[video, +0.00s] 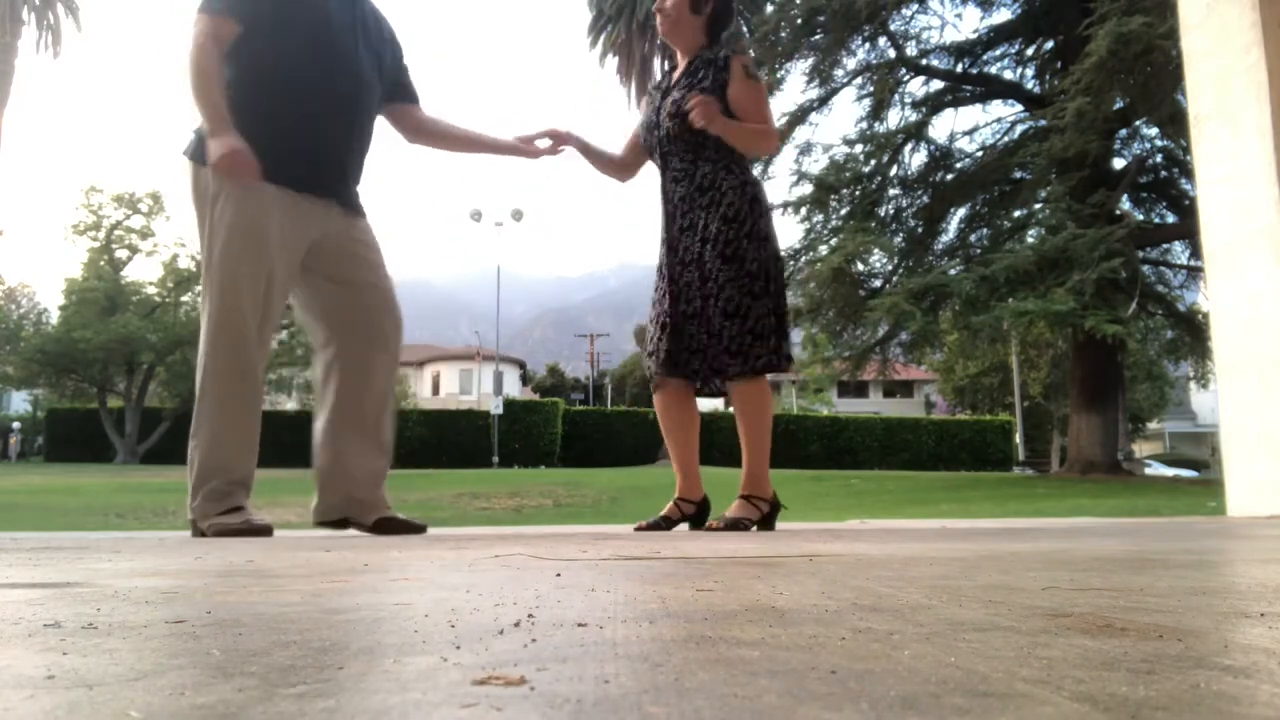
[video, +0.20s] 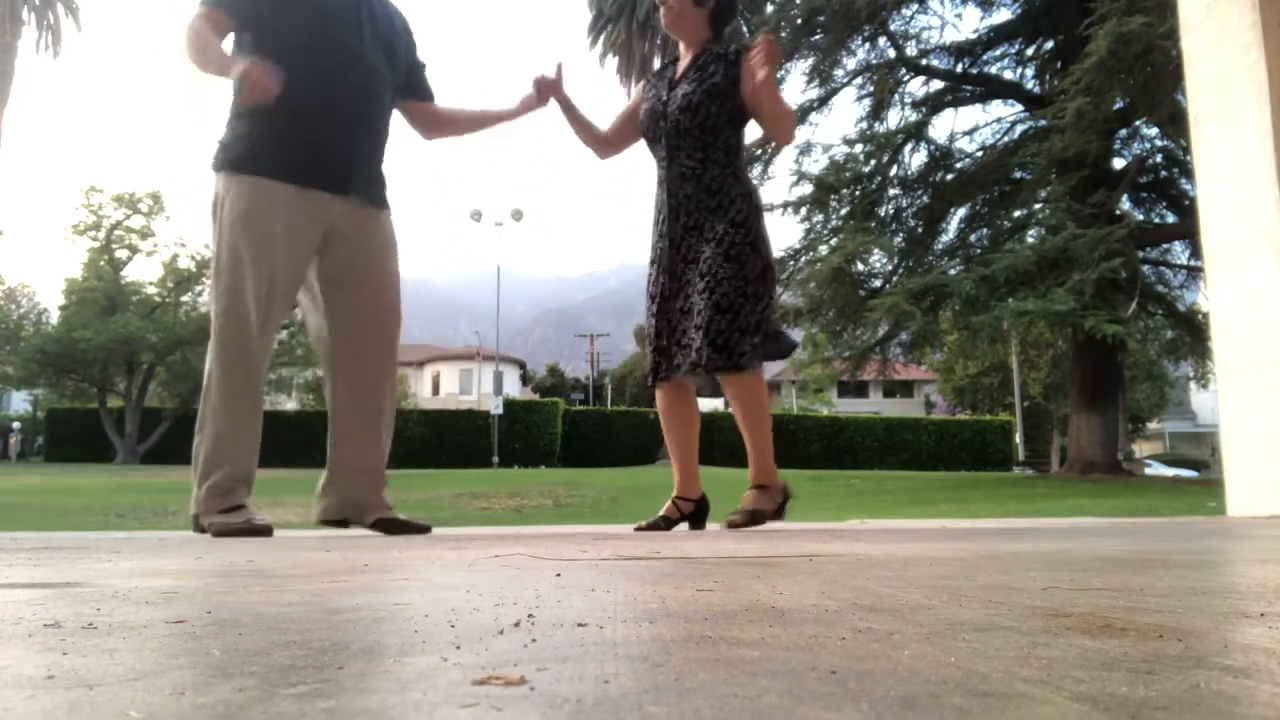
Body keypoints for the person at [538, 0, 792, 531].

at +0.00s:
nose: (657, 9)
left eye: (668, 1)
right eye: (658, 2)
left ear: (702, 9)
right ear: (671, 14)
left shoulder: (731, 65)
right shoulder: (664, 91)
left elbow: (767, 141)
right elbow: (623, 166)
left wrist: (719, 123)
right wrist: (576, 142)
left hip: (733, 227)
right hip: (682, 235)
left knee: (743, 359)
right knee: (668, 364)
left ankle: (758, 495)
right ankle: (689, 496)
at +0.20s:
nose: (661, 10)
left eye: (671, 2)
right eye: (659, 4)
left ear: (705, 5)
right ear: (665, 13)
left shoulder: (736, 62)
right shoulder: (657, 83)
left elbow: (782, 131)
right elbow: (604, 144)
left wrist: (762, 80)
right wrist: (560, 98)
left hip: (727, 221)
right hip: (674, 227)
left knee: (729, 348)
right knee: (668, 361)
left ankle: (767, 484)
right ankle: (687, 494)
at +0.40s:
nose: (679, 11)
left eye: (689, 2)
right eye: (680, 4)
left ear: (721, 11)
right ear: (703, 18)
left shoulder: (763, 73)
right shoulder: (686, 95)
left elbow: (791, 151)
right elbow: (629, 159)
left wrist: (757, 125)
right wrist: (583, 130)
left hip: (735, 242)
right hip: (681, 243)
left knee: (742, 367)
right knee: (666, 367)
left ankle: (813, 483)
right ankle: (684, 496)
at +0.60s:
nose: (688, 10)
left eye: (699, 1)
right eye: (689, 3)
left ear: (734, 7)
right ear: (707, 15)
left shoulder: (779, 58)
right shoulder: (703, 96)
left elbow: (832, 121)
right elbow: (640, 146)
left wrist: (769, 133)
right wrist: (563, 117)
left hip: (795, 228)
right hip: (744, 237)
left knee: (783, 352)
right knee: (696, 357)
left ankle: (833, 490)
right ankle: (684, 489)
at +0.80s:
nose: (697, 13)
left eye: (709, 4)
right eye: (698, 6)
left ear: (741, 13)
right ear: (713, 22)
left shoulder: (790, 69)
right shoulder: (708, 106)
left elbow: (845, 129)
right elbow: (658, 165)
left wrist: (802, 147)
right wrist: (588, 143)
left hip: (830, 224)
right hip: (776, 241)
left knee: (826, 343)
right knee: (735, 355)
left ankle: (846, 492)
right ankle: (747, 488)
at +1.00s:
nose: (698, 13)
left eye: (709, 4)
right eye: (699, 5)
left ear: (742, 12)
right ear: (719, 17)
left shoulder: (794, 69)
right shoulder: (712, 98)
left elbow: (844, 134)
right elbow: (657, 152)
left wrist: (814, 136)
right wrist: (589, 115)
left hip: (806, 225)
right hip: (753, 238)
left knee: (771, 335)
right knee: (733, 363)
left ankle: (821, 479)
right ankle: (765, 495)